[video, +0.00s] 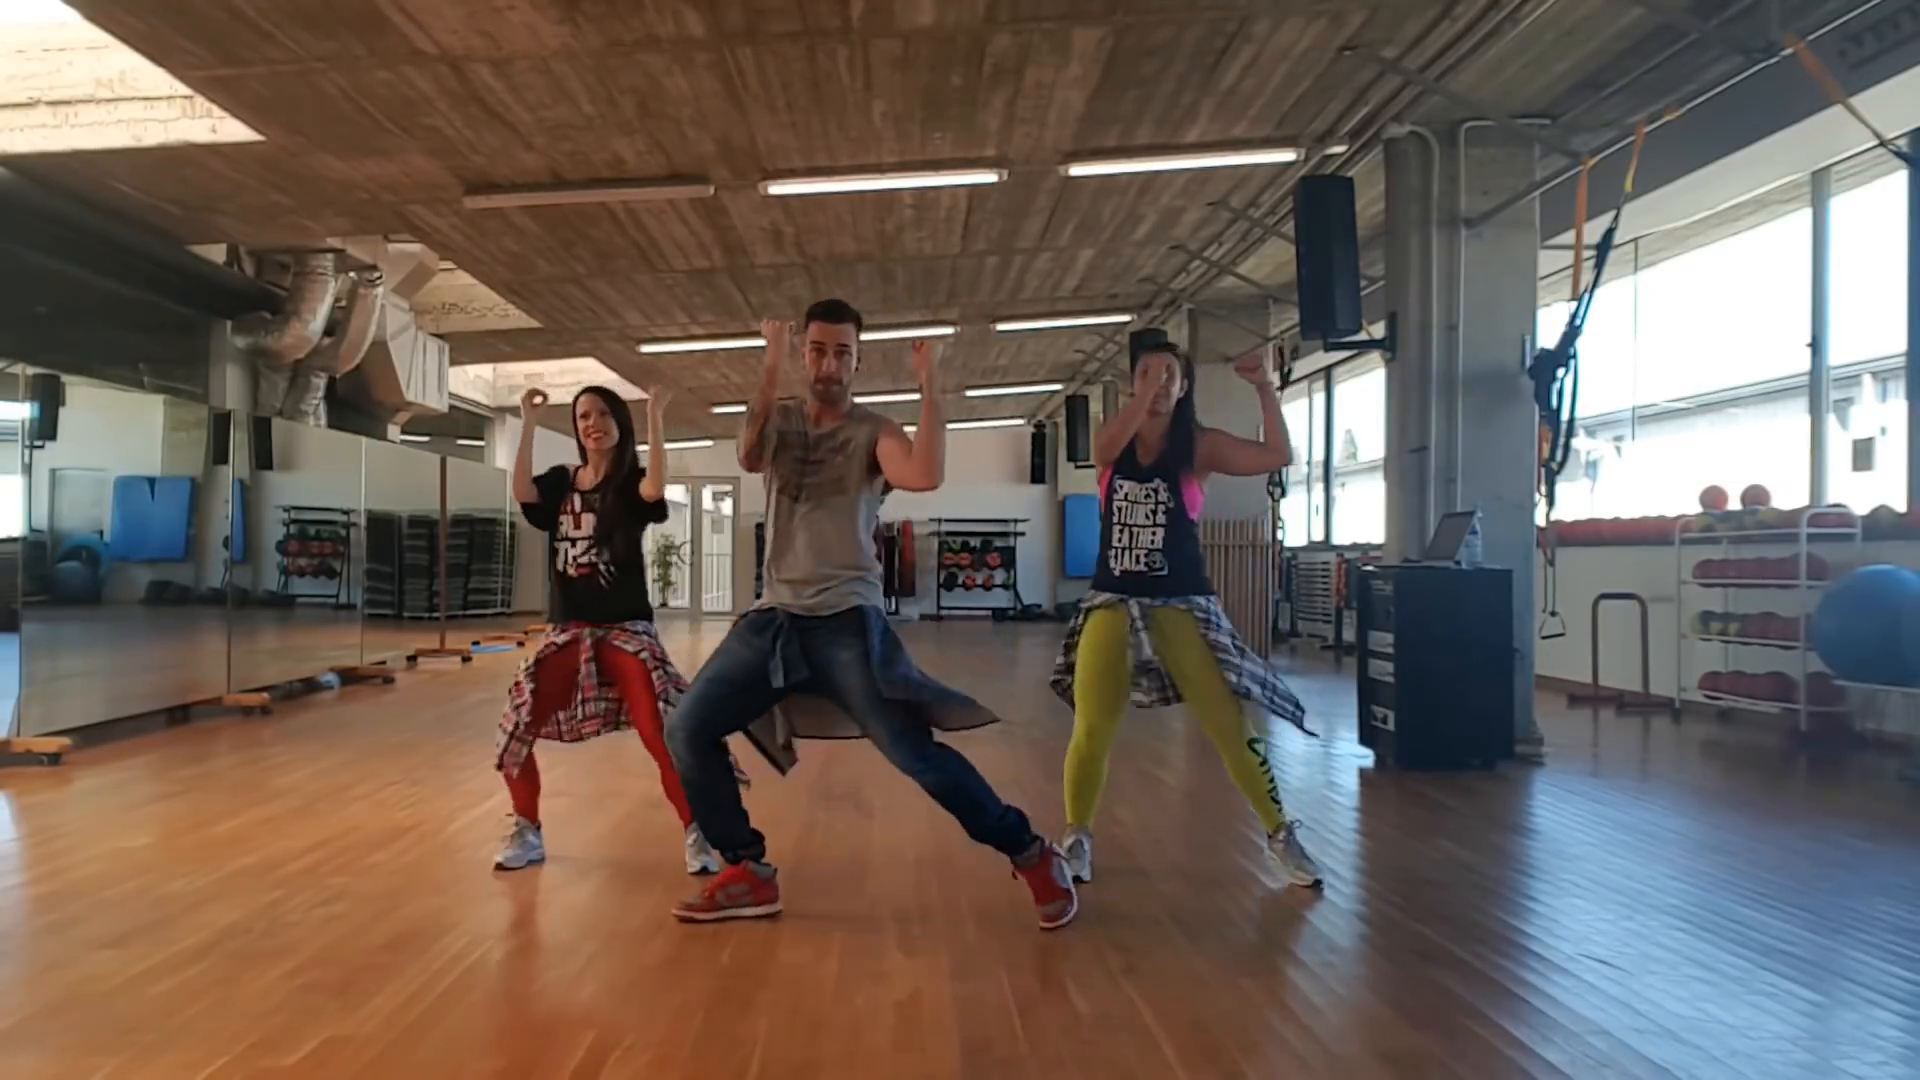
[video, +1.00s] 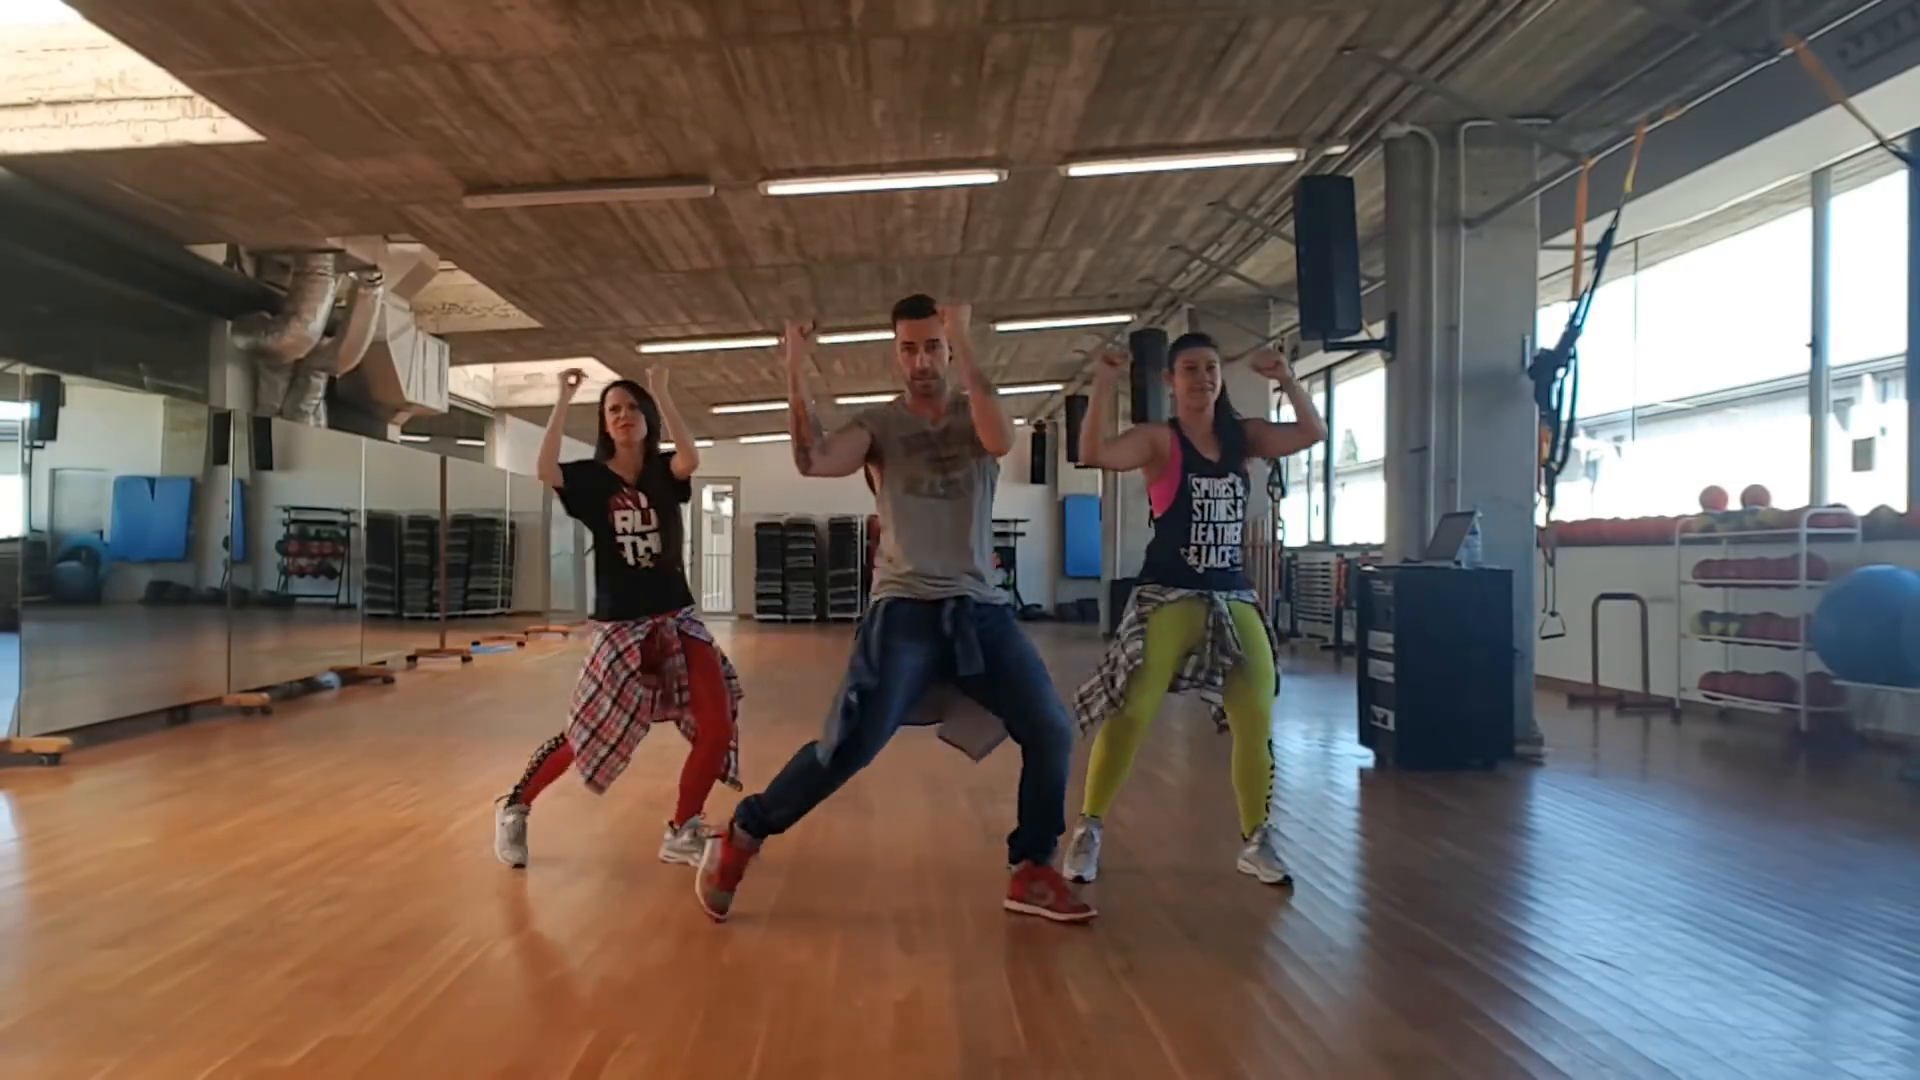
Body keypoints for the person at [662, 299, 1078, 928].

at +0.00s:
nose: (829, 363)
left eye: (842, 353)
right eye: (819, 350)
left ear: (857, 362)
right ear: (801, 355)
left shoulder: (873, 431)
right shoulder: (780, 421)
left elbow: (923, 475)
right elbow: (750, 457)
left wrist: (927, 392)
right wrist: (770, 379)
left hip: (846, 610)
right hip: (775, 609)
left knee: (907, 749)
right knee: (687, 727)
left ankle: (1030, 854)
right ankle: (748, 870)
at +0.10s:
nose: (810, 353)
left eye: (823, 341)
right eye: (799, 339)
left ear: (840, 348)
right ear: (783, 344)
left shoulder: (855, 421)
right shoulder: (756, 410)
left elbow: (912, 451)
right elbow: (713, 431)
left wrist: (916, 357)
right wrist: (734, 343)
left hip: (833, 598)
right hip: (758, 597)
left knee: (893, 738)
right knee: (685, 727)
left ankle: (980, 846)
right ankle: (745, 869)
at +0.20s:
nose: (800, 343)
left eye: (812, 331)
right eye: (789, 330)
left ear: (831, 337)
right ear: (775, 334)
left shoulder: (849, 405)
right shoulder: (747, 396)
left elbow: (914, 413)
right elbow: (701, 397)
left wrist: (913, 330)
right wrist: (716, 318)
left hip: (827, 582)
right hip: (747, 581)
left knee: (849, 727)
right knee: (688, 720)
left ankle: (897, 835)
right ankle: (735, 859)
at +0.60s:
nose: (820, 348)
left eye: (832, 336)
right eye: (808, 336)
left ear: (848, 342)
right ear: (788, 341)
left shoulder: (861, 407)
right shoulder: (763, 400)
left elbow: (885, 434)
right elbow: (721, 425)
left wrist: (879, 339)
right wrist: (733, 338)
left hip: (846, 591)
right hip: (770, 591)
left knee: (922, 709)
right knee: (747, 737)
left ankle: (894, 848)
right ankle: (701, 856)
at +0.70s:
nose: (838, 346)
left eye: (849, 335)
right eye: (827, 334)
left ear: (867, 344)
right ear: (810, 340)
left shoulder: (884, 407)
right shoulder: (784, 405)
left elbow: (902, 437)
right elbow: (725, 432)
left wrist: (878, 341)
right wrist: (719, 345)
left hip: (872, 600)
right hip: (797, 600)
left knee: (952, 715)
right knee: (776, 748)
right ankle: (678, 852)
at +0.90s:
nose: (895, 372)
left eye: (905, 359)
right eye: (883, 360)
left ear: (920, 362)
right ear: (868, 365)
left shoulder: (949, 428)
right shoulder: (846, 433)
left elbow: (955, 460)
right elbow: (787, 467)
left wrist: (925, 376)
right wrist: (772, 383)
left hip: (946, 621)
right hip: (874, 623)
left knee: (1034, 730)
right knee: (829, 760)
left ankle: (1031, 872)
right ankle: (699, 844)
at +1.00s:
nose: (921, 362)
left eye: (931, 348)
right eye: (909, 350)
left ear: (951, 350)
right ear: (895, 355)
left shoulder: (978, 413)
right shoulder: (878, 425)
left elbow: (999, 442)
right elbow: (812, 461)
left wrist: (962, 353)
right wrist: (797, 376)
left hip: (977, 604)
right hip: (903, 603)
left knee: (1051, 731)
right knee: (851, 747)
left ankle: (1033, 870)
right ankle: (746, 832)